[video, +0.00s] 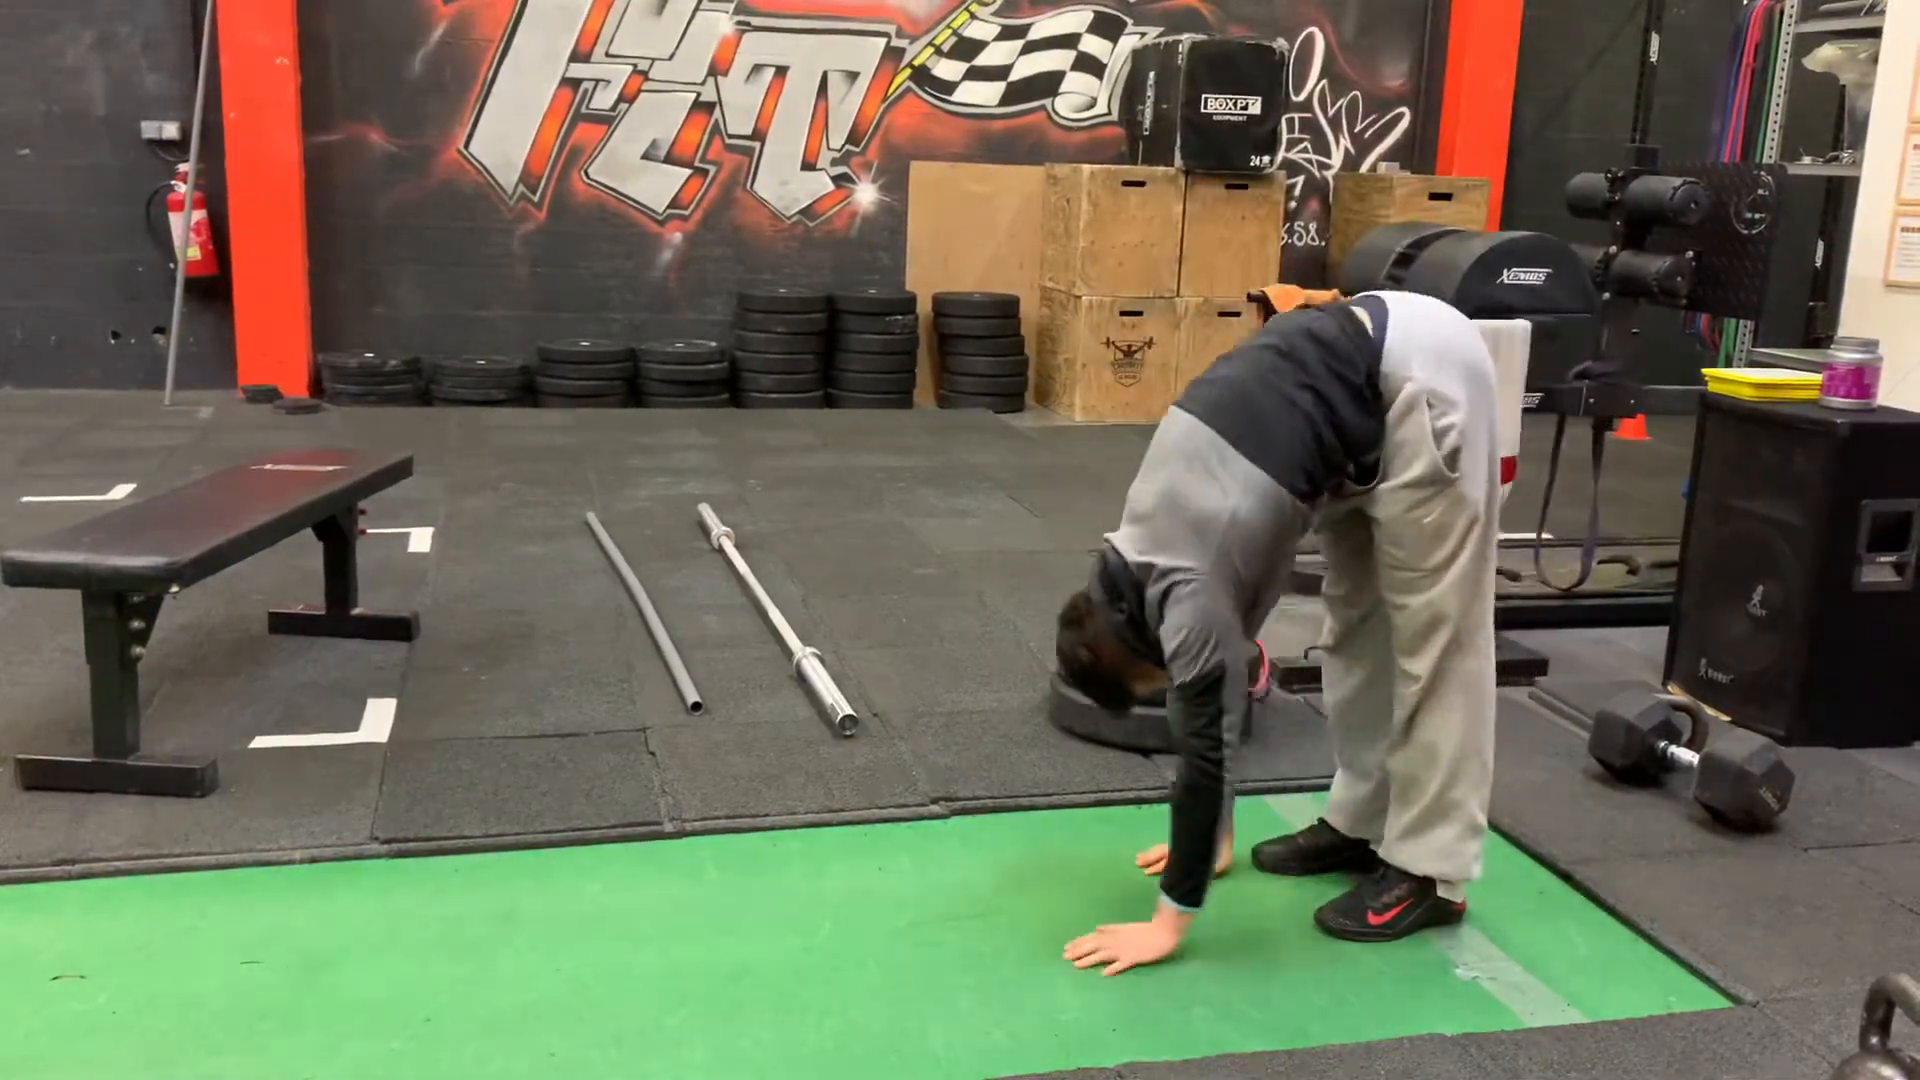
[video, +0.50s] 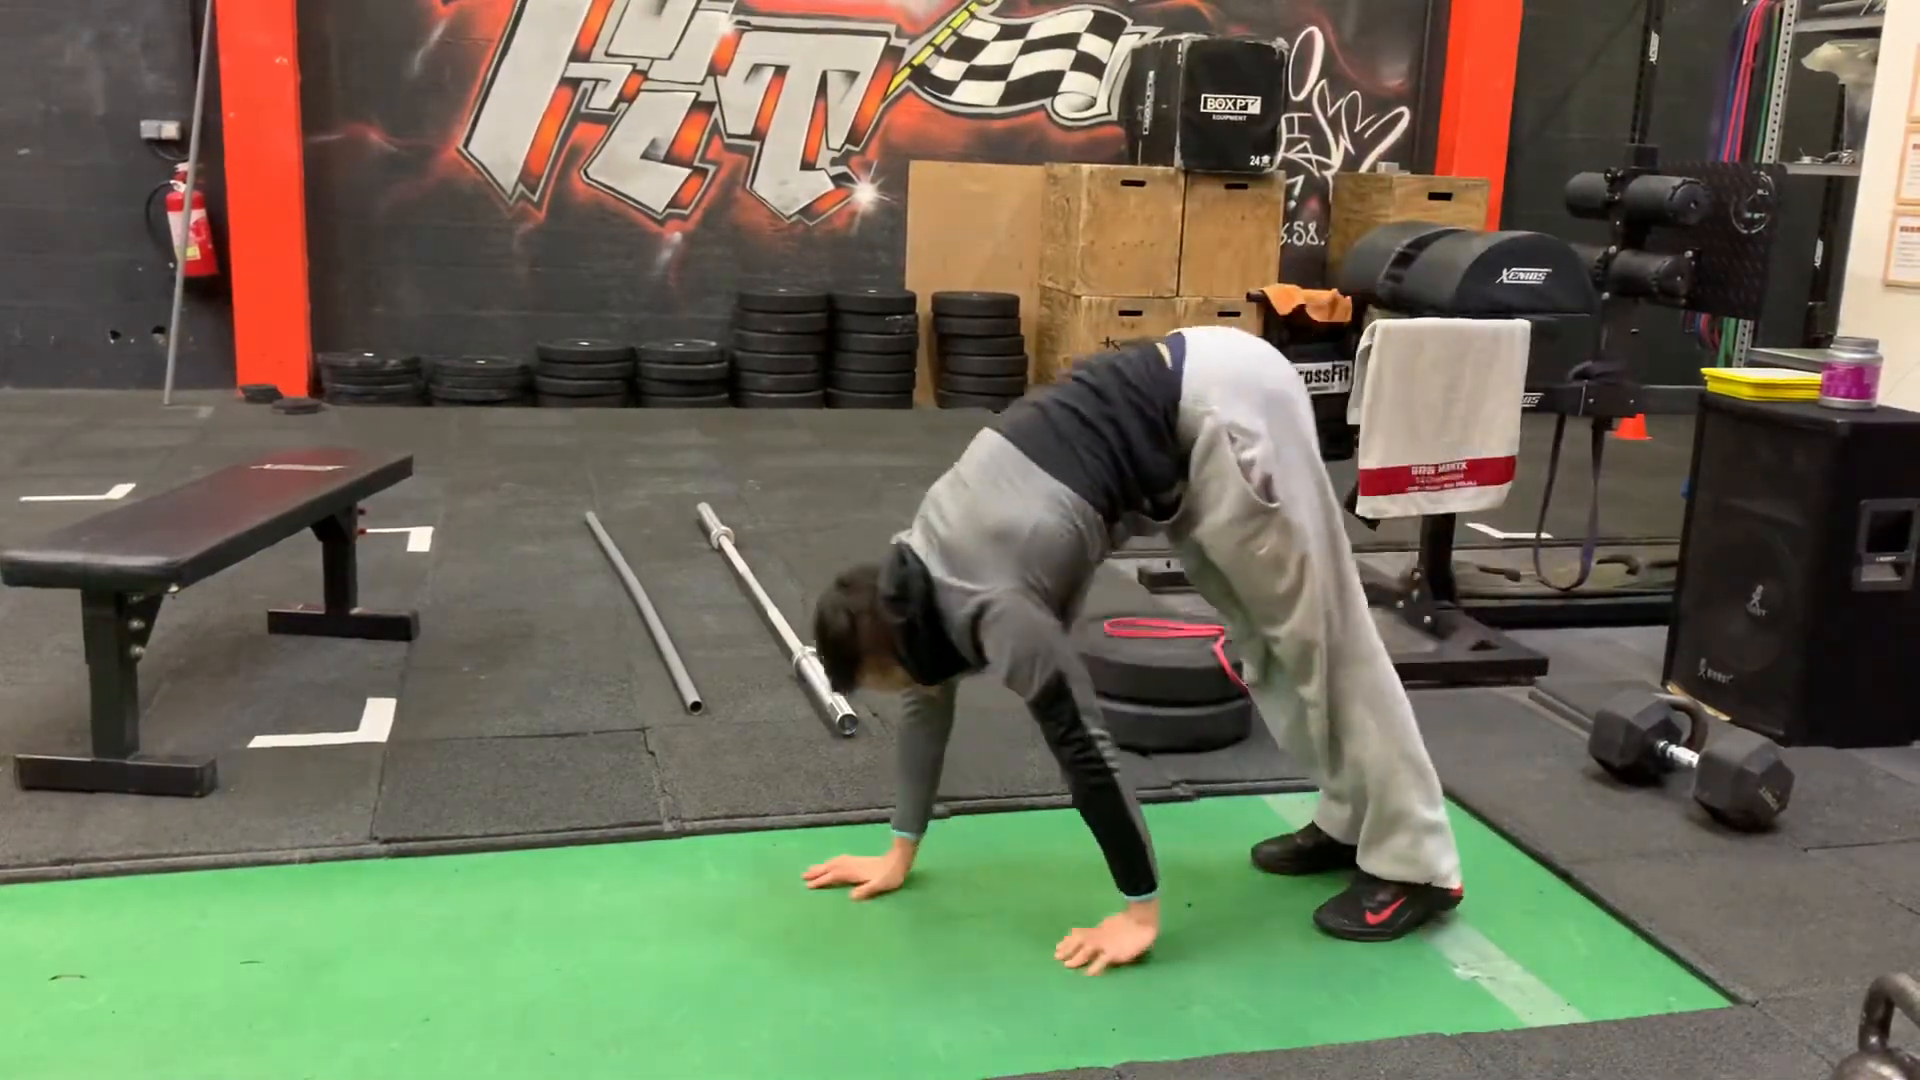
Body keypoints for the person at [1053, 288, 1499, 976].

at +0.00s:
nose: (1166, 693)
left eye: (1155, 688)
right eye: (1155, 693)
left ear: (1129, 649)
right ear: (1114, 626)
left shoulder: (1191, 600)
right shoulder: (1136, 563)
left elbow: (1204, 759)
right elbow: (1208, 693)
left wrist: (1167, 922)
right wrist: (1211, 830)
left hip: (1422, 365)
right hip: (1344, 367)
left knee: (1432, 634)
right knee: (1358, 627)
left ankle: (1431, 870)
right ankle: (1363, 823)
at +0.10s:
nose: (1125, 697)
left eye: (1108, 690)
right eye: (1113, 695)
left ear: (1088, 653)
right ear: (1080, 629)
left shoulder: (1159, 599)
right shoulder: (1103, 560)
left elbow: (1176, 759)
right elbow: (1175, 693)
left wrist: (1165, 925)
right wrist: (1187, 825)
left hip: (1390, 369)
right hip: (1317, 374)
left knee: (1415, 631)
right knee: (1346, 625)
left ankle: (1428, 870)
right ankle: (1363, 821)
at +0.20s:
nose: (1073, 700)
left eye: (1064, 693)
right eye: (1062, 700)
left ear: (1056, 649)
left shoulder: (1128, 600)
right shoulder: (1058, 565)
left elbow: (1153, 761)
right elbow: (1095, 688)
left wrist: (1161, 923)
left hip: (1360, 370)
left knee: (1393, 632)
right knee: (1329, 629)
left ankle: (1429, 871)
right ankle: (1358, 819)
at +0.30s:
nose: (1018, 696)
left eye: (1009, 685)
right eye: (1002, 694)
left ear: (1009, 647)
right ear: (986, 630)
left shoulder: (1094, 611)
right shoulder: (1005, 568)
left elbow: (1133, 766)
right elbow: (1002, 702)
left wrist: (1159, 920)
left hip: (1319, 379)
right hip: (1248, 382)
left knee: (1373, 636)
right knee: (1311, 630)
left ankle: (1425, 871)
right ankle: (1358, 821)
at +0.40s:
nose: (956, 706)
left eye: (950, 695)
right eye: (940, 705)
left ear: (957, 655)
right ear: (933, 637)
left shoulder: (1054, 620)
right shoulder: (955, 580)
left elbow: (1114, 765)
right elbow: (947, 718)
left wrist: (1158, 918)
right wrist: (902, 854)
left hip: (1267, 390)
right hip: (1214, 387)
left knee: (1349, 638)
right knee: (1297, 638)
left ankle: (1423, 867)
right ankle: (1358, 817)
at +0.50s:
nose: (889, 690)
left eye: (882, 678)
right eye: (878, 683)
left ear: (893, 643)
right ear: (880, 624)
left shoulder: (1001, 607)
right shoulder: (915, 571)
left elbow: (1083, 755)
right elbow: (923, 714)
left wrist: (1138, 908)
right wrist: (900, 854)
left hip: (1226, 402)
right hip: (1172, 418)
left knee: (1323, 642)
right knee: (1270, 648)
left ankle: (1420, 863)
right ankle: (1352, 816)